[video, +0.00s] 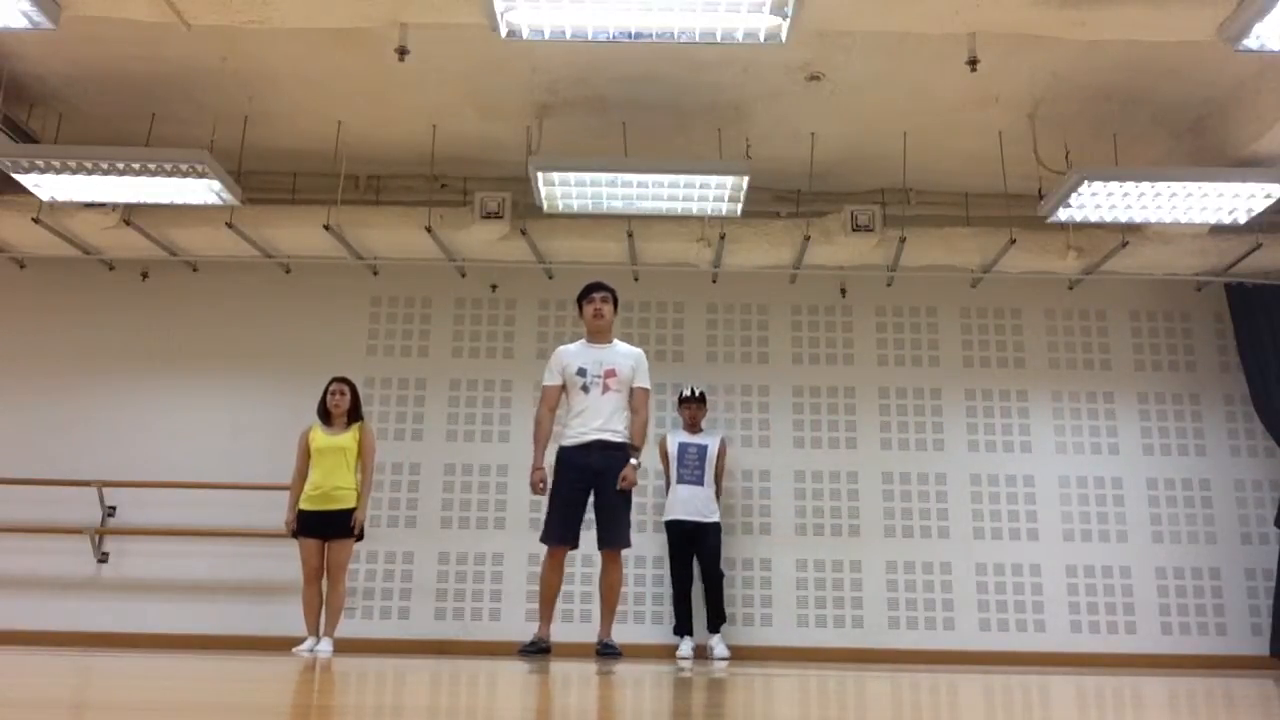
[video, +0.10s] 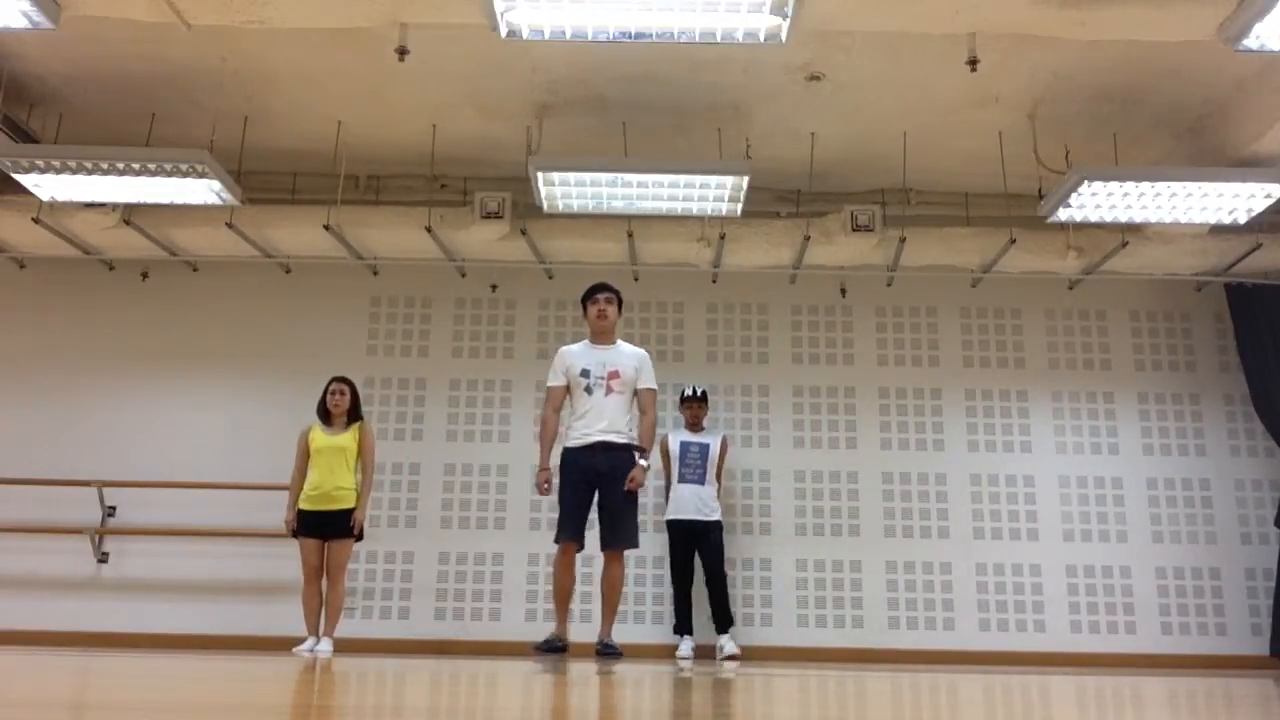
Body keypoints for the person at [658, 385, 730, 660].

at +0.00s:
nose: (692, 414)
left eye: (696, 409)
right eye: (687, 409)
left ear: (704, 411)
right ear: (680, 411)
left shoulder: (717, 442)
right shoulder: (667, 442)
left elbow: (718, 480)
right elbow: (669, 479)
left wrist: (712, 506)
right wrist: (674, 505)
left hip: (707, 516)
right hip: (678, 515)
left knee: (712, 576)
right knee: (681, 578)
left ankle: (715, 635)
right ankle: (685, 637)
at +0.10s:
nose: (694, 413)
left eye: (698, 408)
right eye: (688, 408)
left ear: (706, 411)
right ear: (681, 411)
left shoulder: (719, 441)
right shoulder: (669, 441)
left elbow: (717, 479)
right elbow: (669, 480)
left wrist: (711, 507)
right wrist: (672, 508)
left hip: (708, 517)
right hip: (679, 517)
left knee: (716, 577)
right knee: (682, 580)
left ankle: (724, 635)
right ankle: (685, 637)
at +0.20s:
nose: (697, 413)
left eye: (702, 408)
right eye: (691, 408)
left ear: (710, 410)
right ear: (684, 411)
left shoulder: (722, 442)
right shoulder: (672, 441)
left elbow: (725, 482)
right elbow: (665, 481)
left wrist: (727, 515)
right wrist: (658, 515)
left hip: (712, 519)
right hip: (680, 518)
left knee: (721, 575)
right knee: (683, 581)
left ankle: (736, 631)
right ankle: (685, 637)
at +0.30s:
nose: (701, 414)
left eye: (706, 409)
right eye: (696, 409)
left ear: (713, 411)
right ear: (687, 411)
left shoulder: (725, 442)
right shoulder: (676, 442)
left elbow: (739, 480)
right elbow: (659, 476)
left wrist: (754, 511)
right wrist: (643, 504)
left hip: (715, 520)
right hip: (683, 520)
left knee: (730, 573)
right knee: (684, 582)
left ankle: (753, 629)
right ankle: (685, 638)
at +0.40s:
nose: (707, 414)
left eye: (712, 409)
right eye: (702, 409)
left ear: (719, 410)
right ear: (693, 411)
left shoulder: (732, 441)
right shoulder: (682, 439)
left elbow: (753, 472)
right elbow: (660, 468)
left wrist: (780, 497)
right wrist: (643, 480)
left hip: (721, 521)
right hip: (689, 520)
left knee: (739, 572)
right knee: (687, 582)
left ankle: (768, 627)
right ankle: (685, 638)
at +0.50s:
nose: (715, 412)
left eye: (719, 406)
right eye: (710, 406)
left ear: (727, 409)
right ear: (700, 409)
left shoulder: (737, 439)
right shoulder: (690, 437)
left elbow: (759, 458)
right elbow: (673, 458)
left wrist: (779, 463)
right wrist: (655, 451)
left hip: (731, 519)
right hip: (699, 518)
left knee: (749, 574)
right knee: (692, 581)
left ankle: (777, 629)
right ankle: (685, 638)